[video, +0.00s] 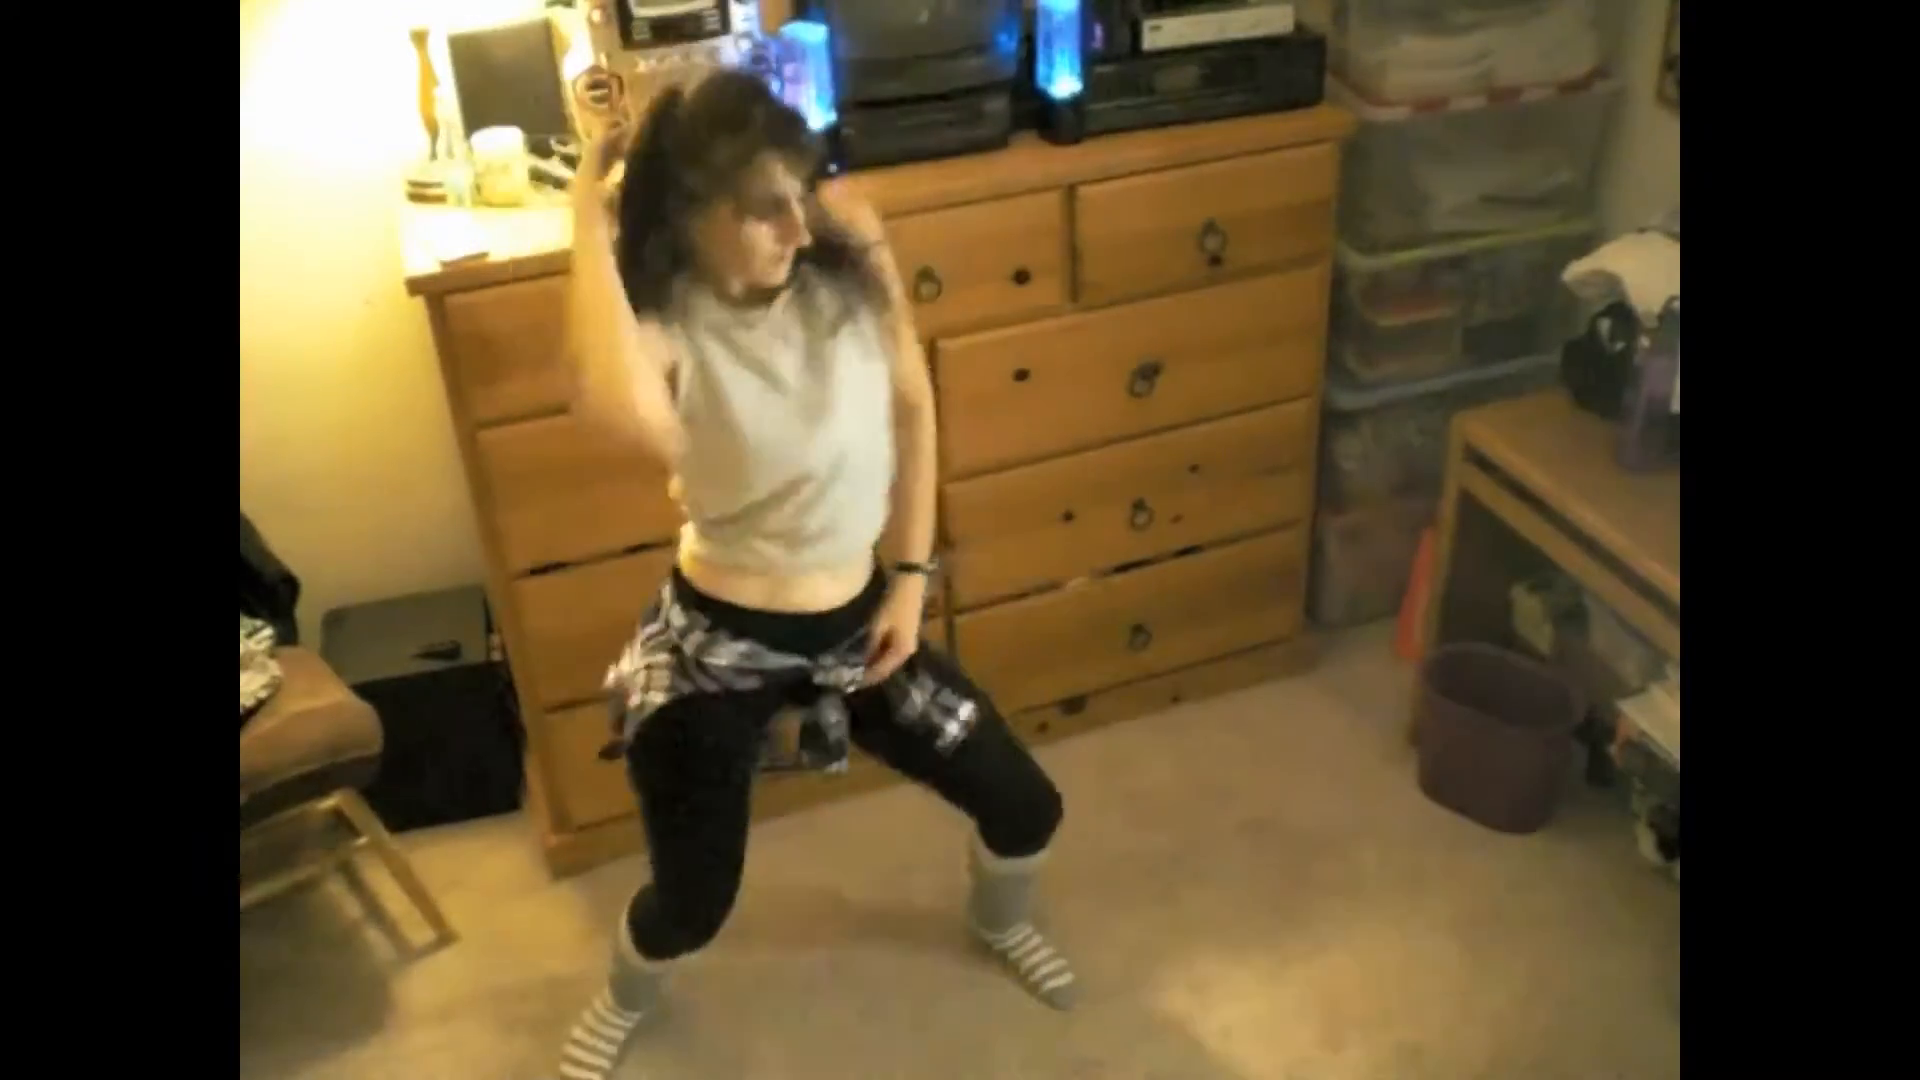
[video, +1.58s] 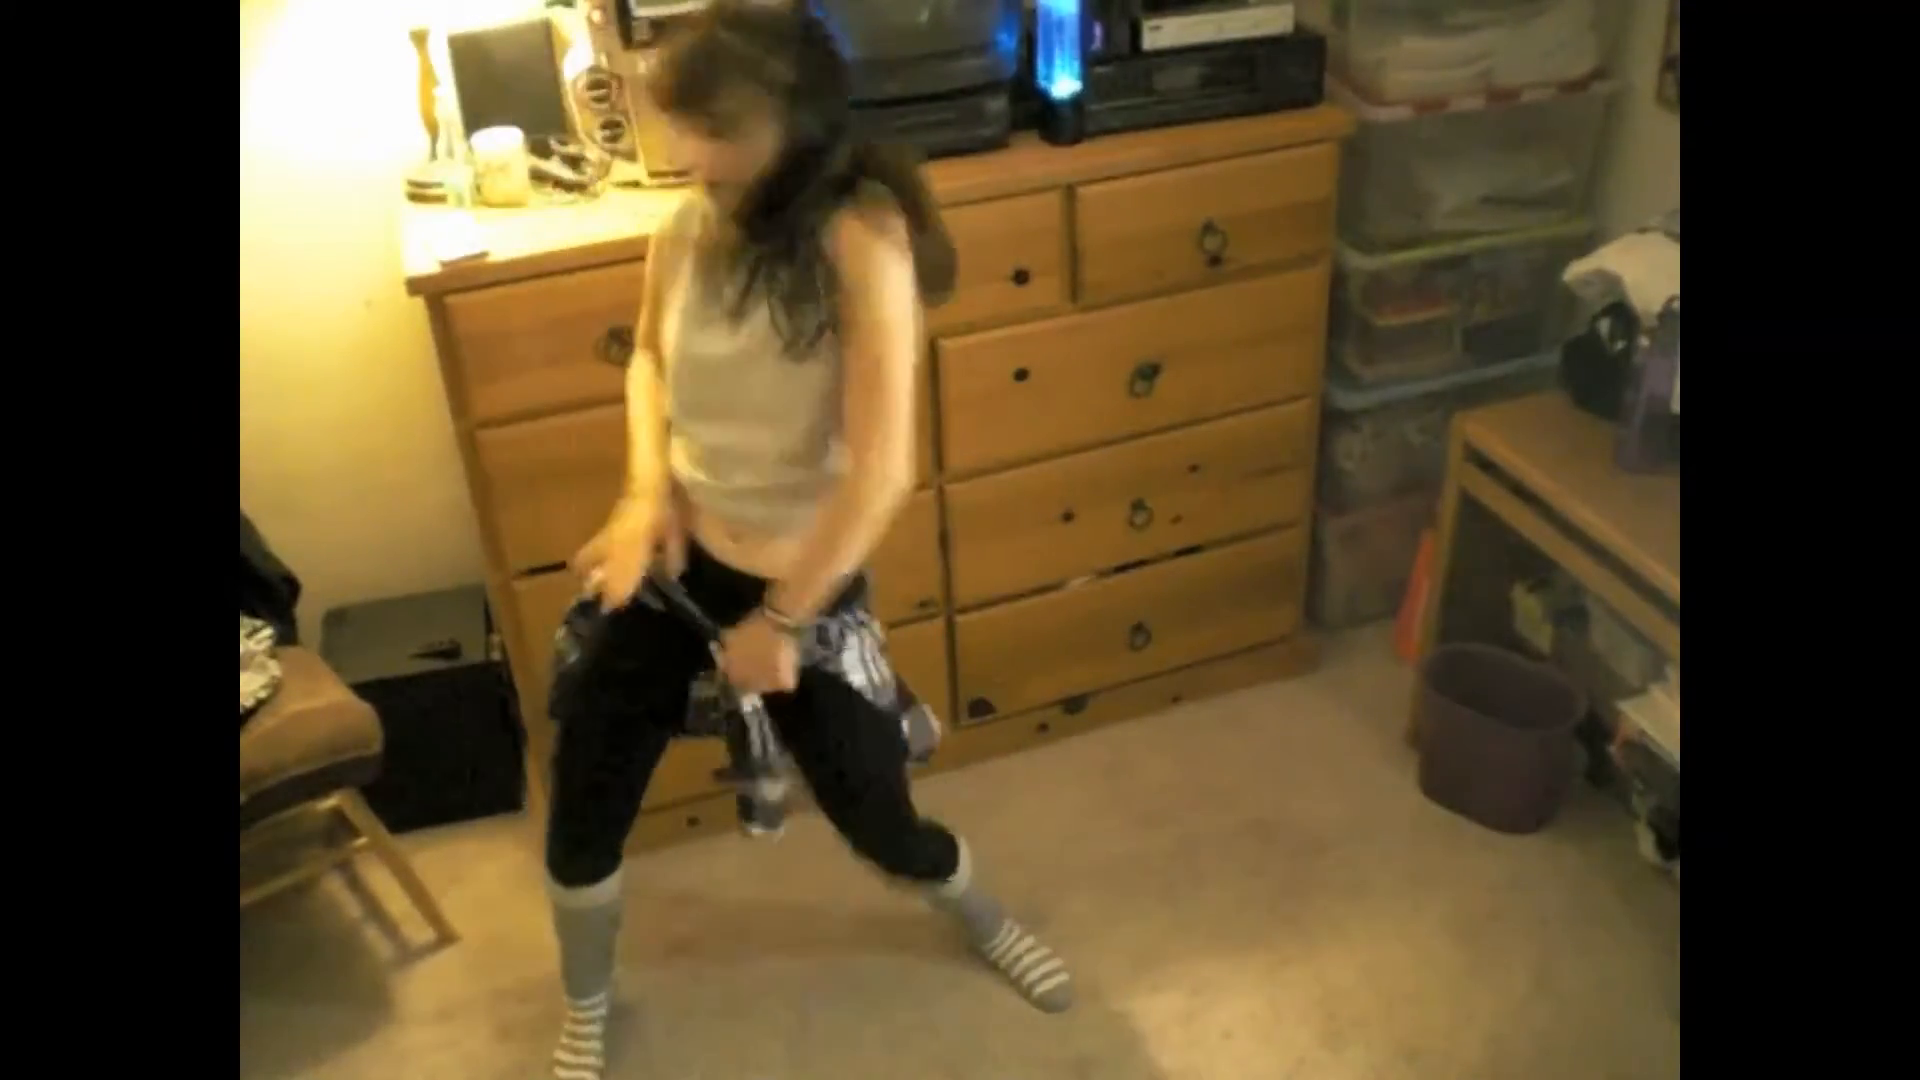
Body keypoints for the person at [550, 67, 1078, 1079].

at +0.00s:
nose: (795, 228)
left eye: (800, 200)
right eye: (761, 211)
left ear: (812, 189)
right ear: (685, 220)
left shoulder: (852, 271)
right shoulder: (662, 325)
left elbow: (914, 406)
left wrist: (910, 574)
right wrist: (594, 240)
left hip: (859, 627)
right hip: (716, 646)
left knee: (1026, 810)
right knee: (693, 903)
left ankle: (1001, 920)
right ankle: (618, 1003)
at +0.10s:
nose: (816, 249)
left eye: (816, 225)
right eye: (791, 231)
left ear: (821, 221)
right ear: (713, 234)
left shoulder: (838, 288)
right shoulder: (645, 359)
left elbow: (889, 420)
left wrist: (884, 573)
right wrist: (630, 357)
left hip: (844, 623)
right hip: (713, 655)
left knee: (1030, 829)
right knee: (691, 924)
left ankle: (1003, 921)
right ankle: (618, 1008)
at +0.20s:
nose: (839, 264)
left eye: (839, 238)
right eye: (815, 243)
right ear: (737, 247)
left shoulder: (828, 322)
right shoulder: (642, 387)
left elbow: (856, 429)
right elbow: (701, 597)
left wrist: (878, 549)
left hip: (849, 616)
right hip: (721, 667)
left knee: (1024, 828)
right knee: (697, 935)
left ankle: (1010, 919)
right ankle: (620, 1003)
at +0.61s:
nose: (823, 226)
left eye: (821, 199)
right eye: (801, 206)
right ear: (732, 214)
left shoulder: (783, 311)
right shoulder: (652, 327)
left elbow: (869, 446)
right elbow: (585, 523)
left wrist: (860, 556)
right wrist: (666, 683)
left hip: (811, 590)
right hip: (706, 658)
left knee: (971, 777)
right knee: (700, 941)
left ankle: (1009, 920)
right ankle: (620, 993)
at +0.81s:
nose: (711, 164)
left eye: (727, 133)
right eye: (675, 144)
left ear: (757, 142)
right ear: (619, 167)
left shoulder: (793, 275)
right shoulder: (596, 329)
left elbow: (828, 452)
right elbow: (447, 465)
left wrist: (823, 627)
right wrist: (550, 635)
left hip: (792, 621)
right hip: (655, 641)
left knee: (961, 788)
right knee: (653, 888)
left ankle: (1005, 920)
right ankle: (617, 1003)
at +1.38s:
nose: (602, 162)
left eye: (621, 141)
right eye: (598, 140)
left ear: (700, 130)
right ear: (624, 129)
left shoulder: (829, 233)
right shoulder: (618, 210)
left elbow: (856, 455)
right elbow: (589, 359)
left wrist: (762, 625)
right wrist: (574, 511)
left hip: (784, 598)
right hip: (633, 585)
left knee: (902, 789)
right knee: (600, 826)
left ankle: (1001, 923)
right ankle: (603, 999)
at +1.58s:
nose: (691, 157)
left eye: (714, 132)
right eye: (684, 131)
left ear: (787, 123)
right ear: (680, 123)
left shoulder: (861, 241)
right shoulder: (688, 224)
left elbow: (880, 469)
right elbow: (648, 359)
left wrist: (780, 618)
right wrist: (646, 490)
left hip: (806, 583)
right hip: (673, 551)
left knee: (883, 830)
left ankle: (985, 922)